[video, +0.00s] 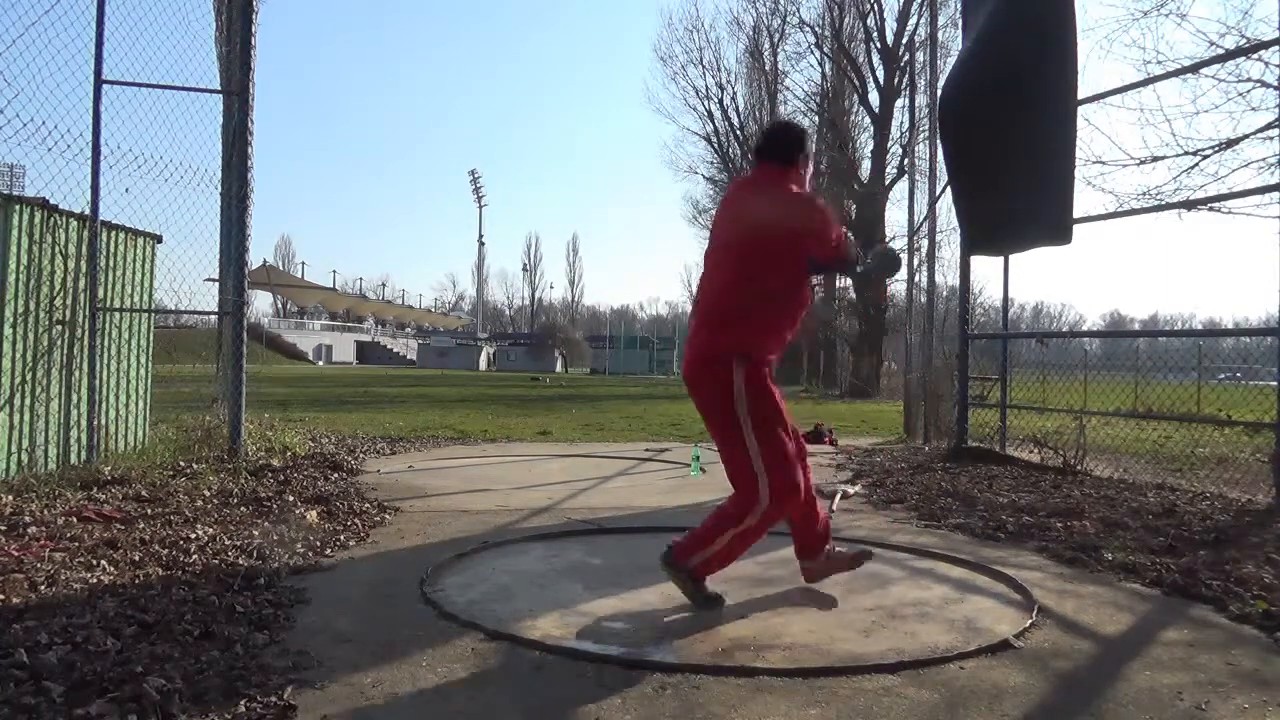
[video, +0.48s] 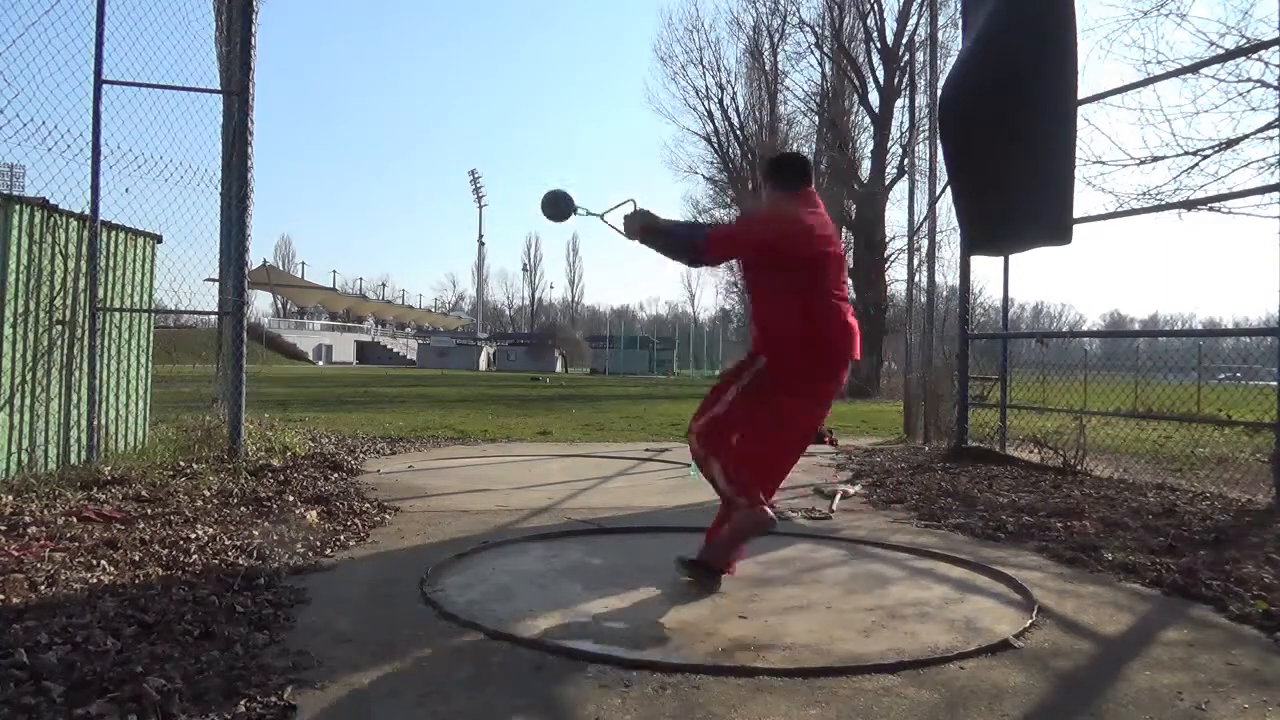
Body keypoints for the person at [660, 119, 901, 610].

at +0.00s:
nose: (809, 175)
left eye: (809, 168)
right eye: (809, 167)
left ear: (761, 157)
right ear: (800, 164)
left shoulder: (744, 197)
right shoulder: (794, 204)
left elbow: (795, 255)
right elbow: (840, 252)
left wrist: (850, 260)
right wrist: (861, 257)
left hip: (742, 358)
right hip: (728, 360)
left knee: (791, 458)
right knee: (771, 488)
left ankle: (815, 554)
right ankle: (686, 561)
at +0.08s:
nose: (795, 191)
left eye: (794, 182)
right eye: (786, 182)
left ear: (758, 188)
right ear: (753, 187)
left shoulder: (752, 234)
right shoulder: (750, 235)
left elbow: (800, 295)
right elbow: (815, 280)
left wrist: (864, 307)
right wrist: (872, 307)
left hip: (749, 374)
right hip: (704, 377)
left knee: (804, 455)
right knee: (749, 474)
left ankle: (823, 566)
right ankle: (708, 563)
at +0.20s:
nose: (743, 195)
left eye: (752, 186)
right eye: (733, 187)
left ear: (768, 193)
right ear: (723, 196)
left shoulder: (790, 249)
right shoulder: (712, 248)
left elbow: (814, 308)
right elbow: (766, 305)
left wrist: (838, 351)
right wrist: (829, 351)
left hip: (775, 378)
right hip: (715, 383)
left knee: (833, 458)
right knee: (715, 473)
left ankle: (829, 566)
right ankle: (714, 569)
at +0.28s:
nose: (729, 196)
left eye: (739, 188)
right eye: (728, 189)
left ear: (770, 195)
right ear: (729, 197)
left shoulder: (809, 243)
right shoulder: (721, 243)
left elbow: (804, 303)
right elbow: (725, 298)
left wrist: (768, 338)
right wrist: (737, 335)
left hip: (800, 378)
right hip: (740, 378)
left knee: (830, 466)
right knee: (711, 469)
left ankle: (846, 554)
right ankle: (714, 565)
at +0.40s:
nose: (757, 203)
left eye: (760, 193)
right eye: (759, 193)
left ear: (774, 190)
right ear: (797, 191)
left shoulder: (800, 227)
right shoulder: (785, 232)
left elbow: (734, 259)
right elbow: (730, 268)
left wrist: (661, 267)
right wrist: (665, 269)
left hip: (813, 363)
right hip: (783, 365)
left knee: (755, 454)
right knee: (718, 451)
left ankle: (837, 517)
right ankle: (709, 564)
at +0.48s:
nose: (758, 198)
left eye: (761, 189)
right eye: (761, 190)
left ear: (772, 189)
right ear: (808, 188)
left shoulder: (782, 224)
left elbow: (710, 244)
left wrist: (651, 228)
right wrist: (659, 230)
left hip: (789, 355)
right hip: (824, 359)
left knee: (705, 433)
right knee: (761, 454)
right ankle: (712, 562)